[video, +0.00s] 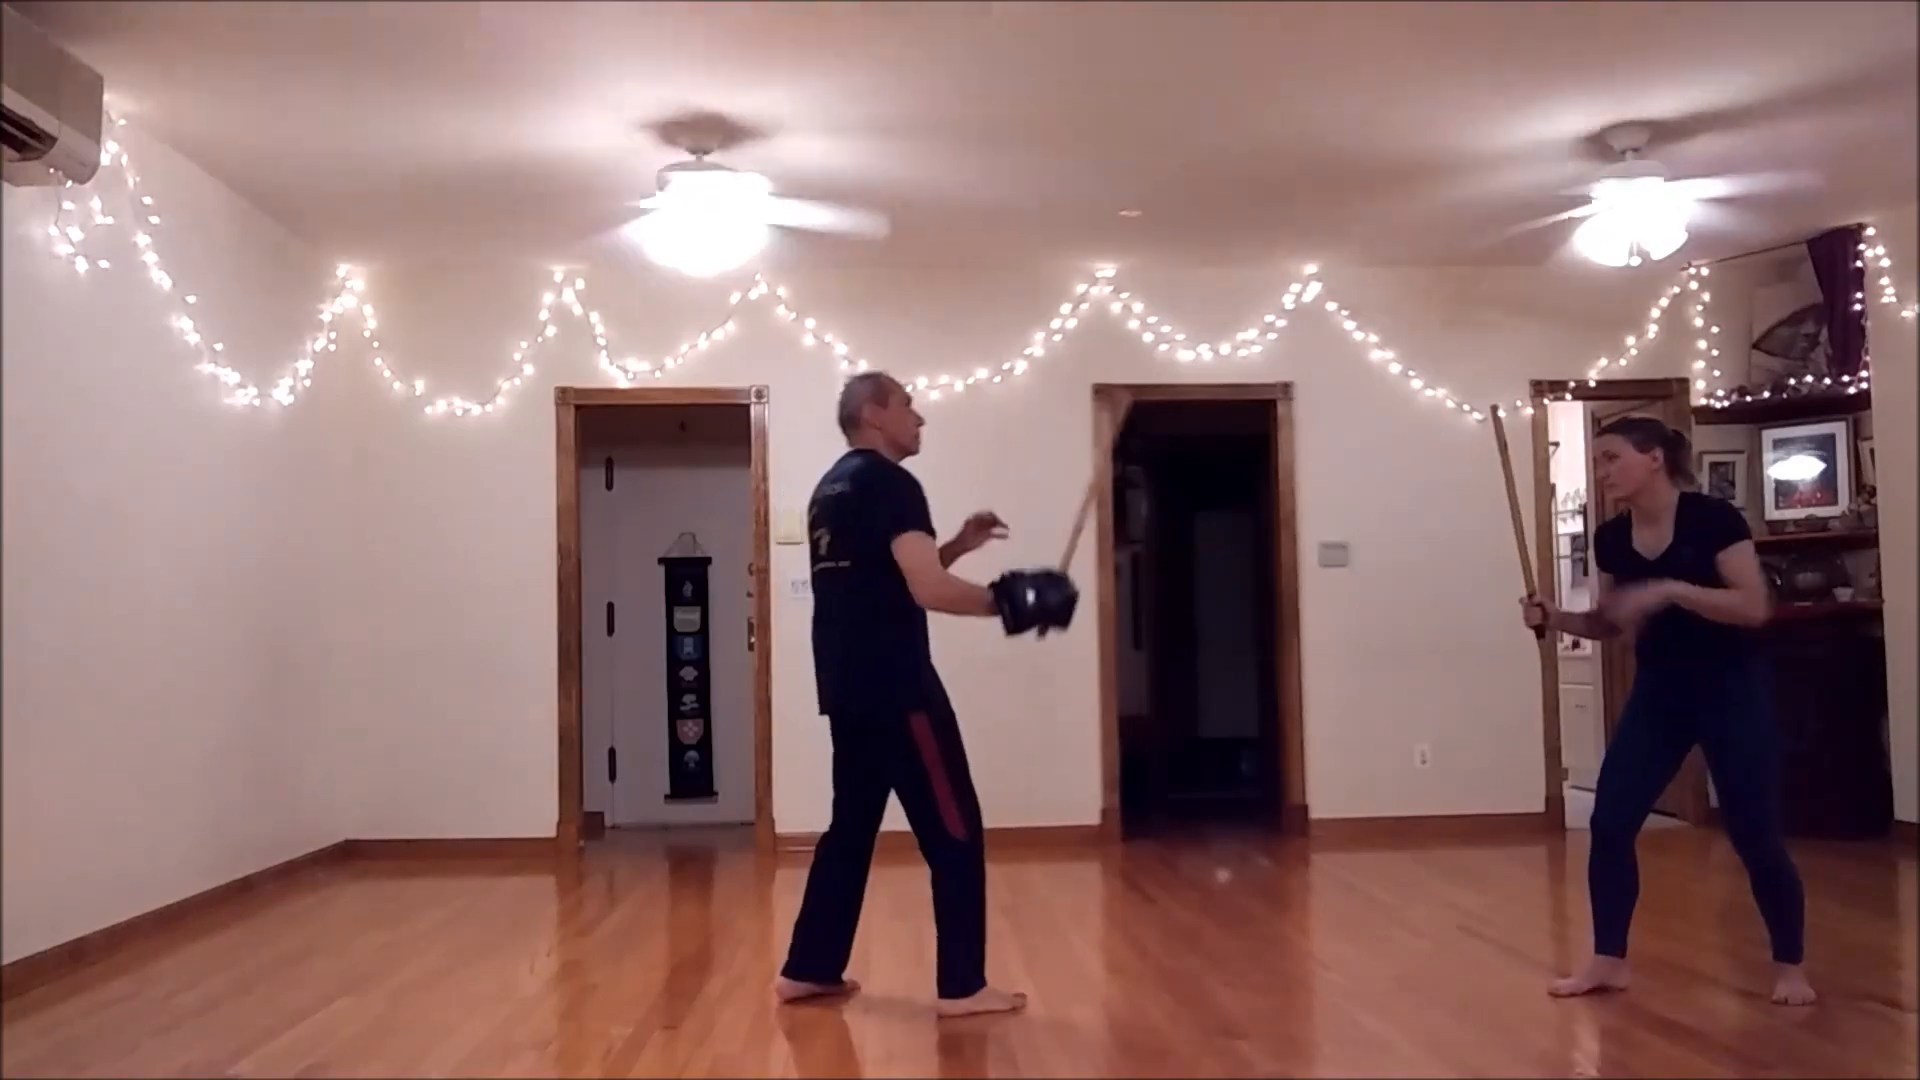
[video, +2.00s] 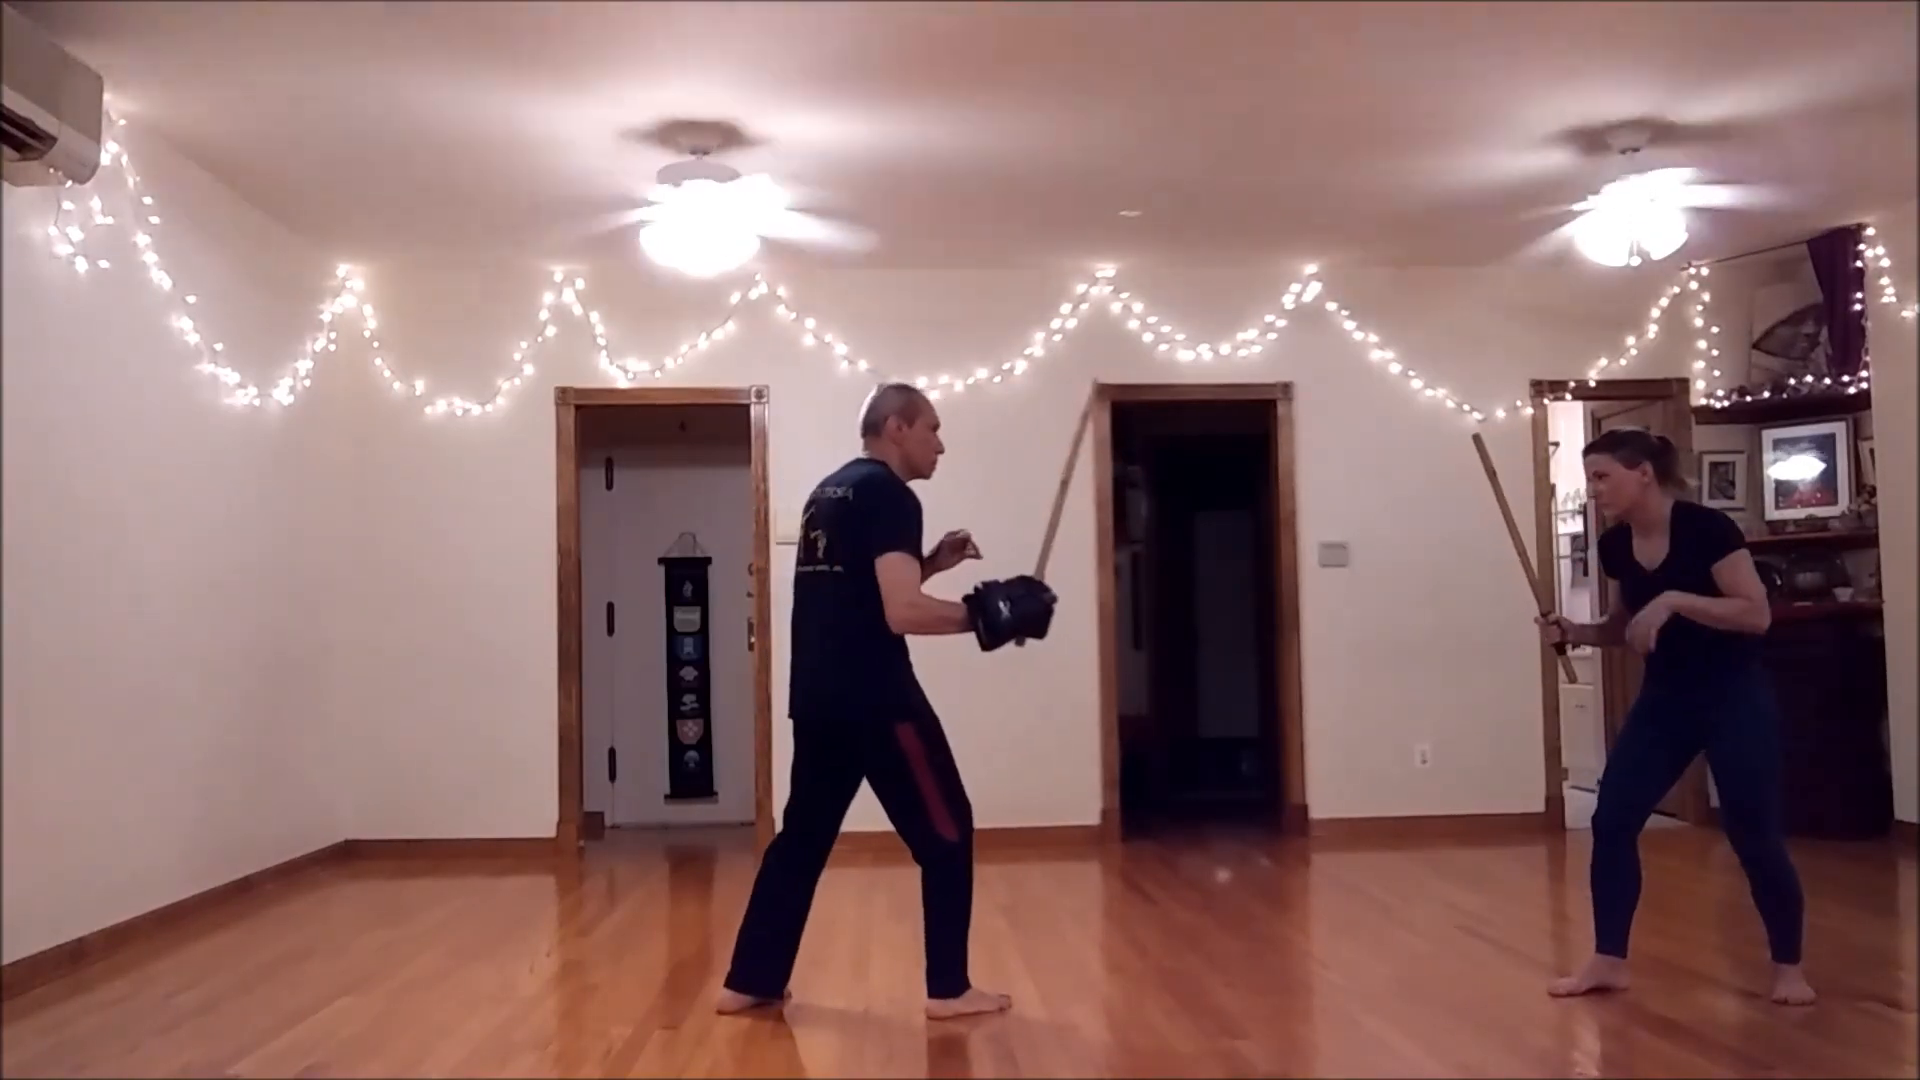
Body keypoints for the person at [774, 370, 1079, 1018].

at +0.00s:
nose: (920, 417)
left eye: (914, 405)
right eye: (907, 405)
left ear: (863, 417)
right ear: (873, 414)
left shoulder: (833, 485)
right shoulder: (887, 481)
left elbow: (888, 584)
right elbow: (930, 589)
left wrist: (959, 544)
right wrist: (1006, 597)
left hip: (849, 690)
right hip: (901, 688)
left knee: (850, 829)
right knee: (957, 833)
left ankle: (808, 971)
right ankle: (962, 987)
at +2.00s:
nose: (940, 443)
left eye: (939, 431)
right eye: (932, 430)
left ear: (885, 430)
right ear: (896, 428)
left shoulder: (832, 491)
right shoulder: (886, 493)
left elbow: (858, 592)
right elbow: (906, 611)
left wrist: (931, 564)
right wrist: (985, 612)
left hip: (822, 700)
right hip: (882, 699)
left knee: (803, 836)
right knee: (947, 834)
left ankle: (750, 983)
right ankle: (948, 989)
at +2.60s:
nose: (881, 451)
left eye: (878, 439)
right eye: (871, 438)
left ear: (831, 443)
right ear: (833, 441)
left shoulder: (806, 500)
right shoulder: (820, 499)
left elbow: (823, 586)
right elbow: (806, 592)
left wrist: (893, 557)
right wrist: (885, 571)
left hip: (795, 701)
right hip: (841, 697)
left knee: (755, 830)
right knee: (939, 818)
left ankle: (671, 963)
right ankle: (945, 979)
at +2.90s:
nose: (846, 466)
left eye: (843, 456)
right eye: (835, 456)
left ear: (798, 471)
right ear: (802, 468)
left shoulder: (781, 533)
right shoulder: (796, 526)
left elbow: (799, 629)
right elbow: (828, 605)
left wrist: (858, 613)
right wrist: (854, 530)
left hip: (796, 728)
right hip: (832, 724)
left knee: (773, 855)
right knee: (962, 816)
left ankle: (667, 968)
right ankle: (941, 974)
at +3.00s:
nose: (876, 467)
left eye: (873, 456)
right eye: (864, 458)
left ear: (823, 470)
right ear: (824, 468)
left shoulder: (805, 533)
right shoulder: (829, 532)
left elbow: (917, 601)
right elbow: (923, 599)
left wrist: (955, 532)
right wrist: (959, 525)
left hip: (810, 733)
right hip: (853, 727)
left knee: (770, 850)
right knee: (986, 826)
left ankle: (664, 971)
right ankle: (1016, 989)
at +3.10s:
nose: (925, 459)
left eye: (920, 446)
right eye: (910, 448)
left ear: (872, 466)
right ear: (874, 463)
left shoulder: (838, 525)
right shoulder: (903, 527)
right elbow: (1013, 587)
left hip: (834, 729)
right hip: (890, 726)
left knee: (784, 840)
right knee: (1010, 836)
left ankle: (672, 958)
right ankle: (1071, 999)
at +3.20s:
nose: (993, 463)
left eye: (991, 450)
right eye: (983, 452)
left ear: (932, 459)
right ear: (948, 457)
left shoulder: (887, 515)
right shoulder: (967, 528)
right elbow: (1073, 593)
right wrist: (1144, 597)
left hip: (868, 716)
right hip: (926, 718)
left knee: (844, 839)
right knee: (1048, 833)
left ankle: (709, 939)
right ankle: (1074, 1001)